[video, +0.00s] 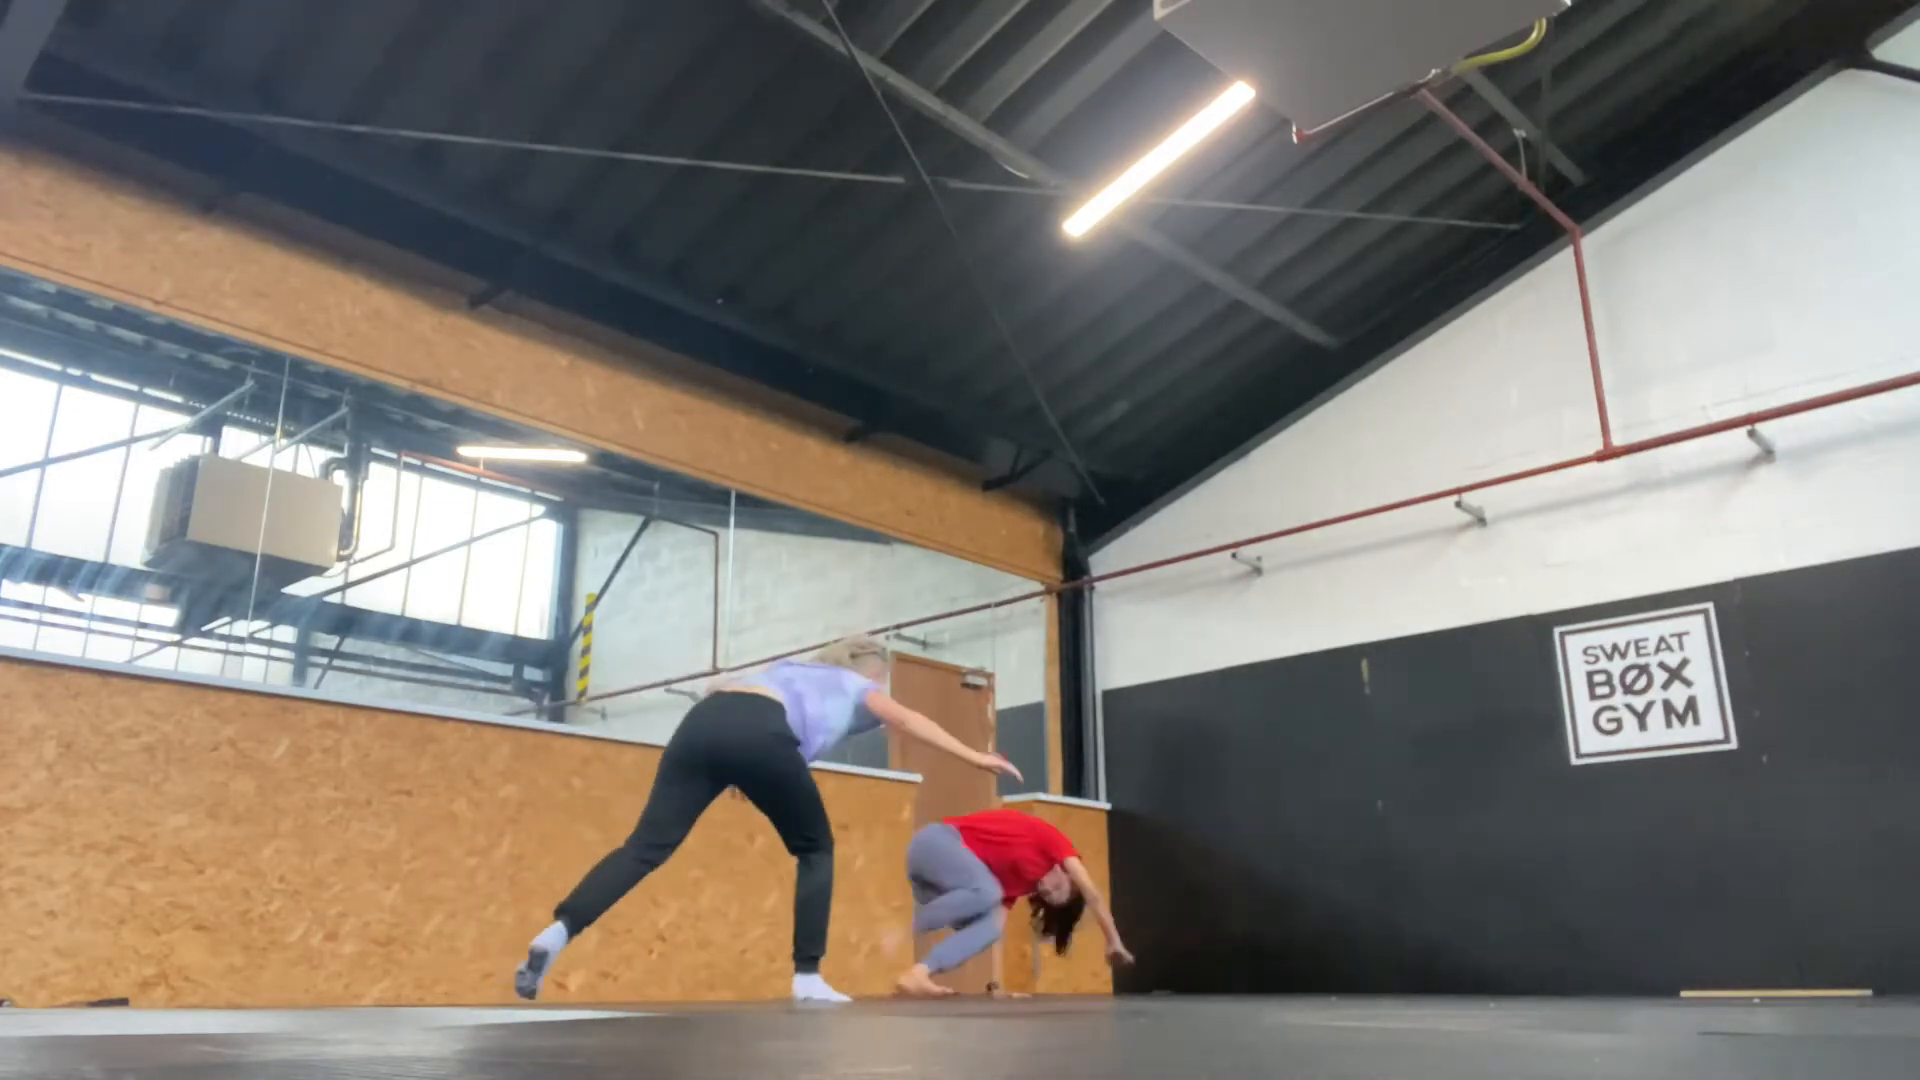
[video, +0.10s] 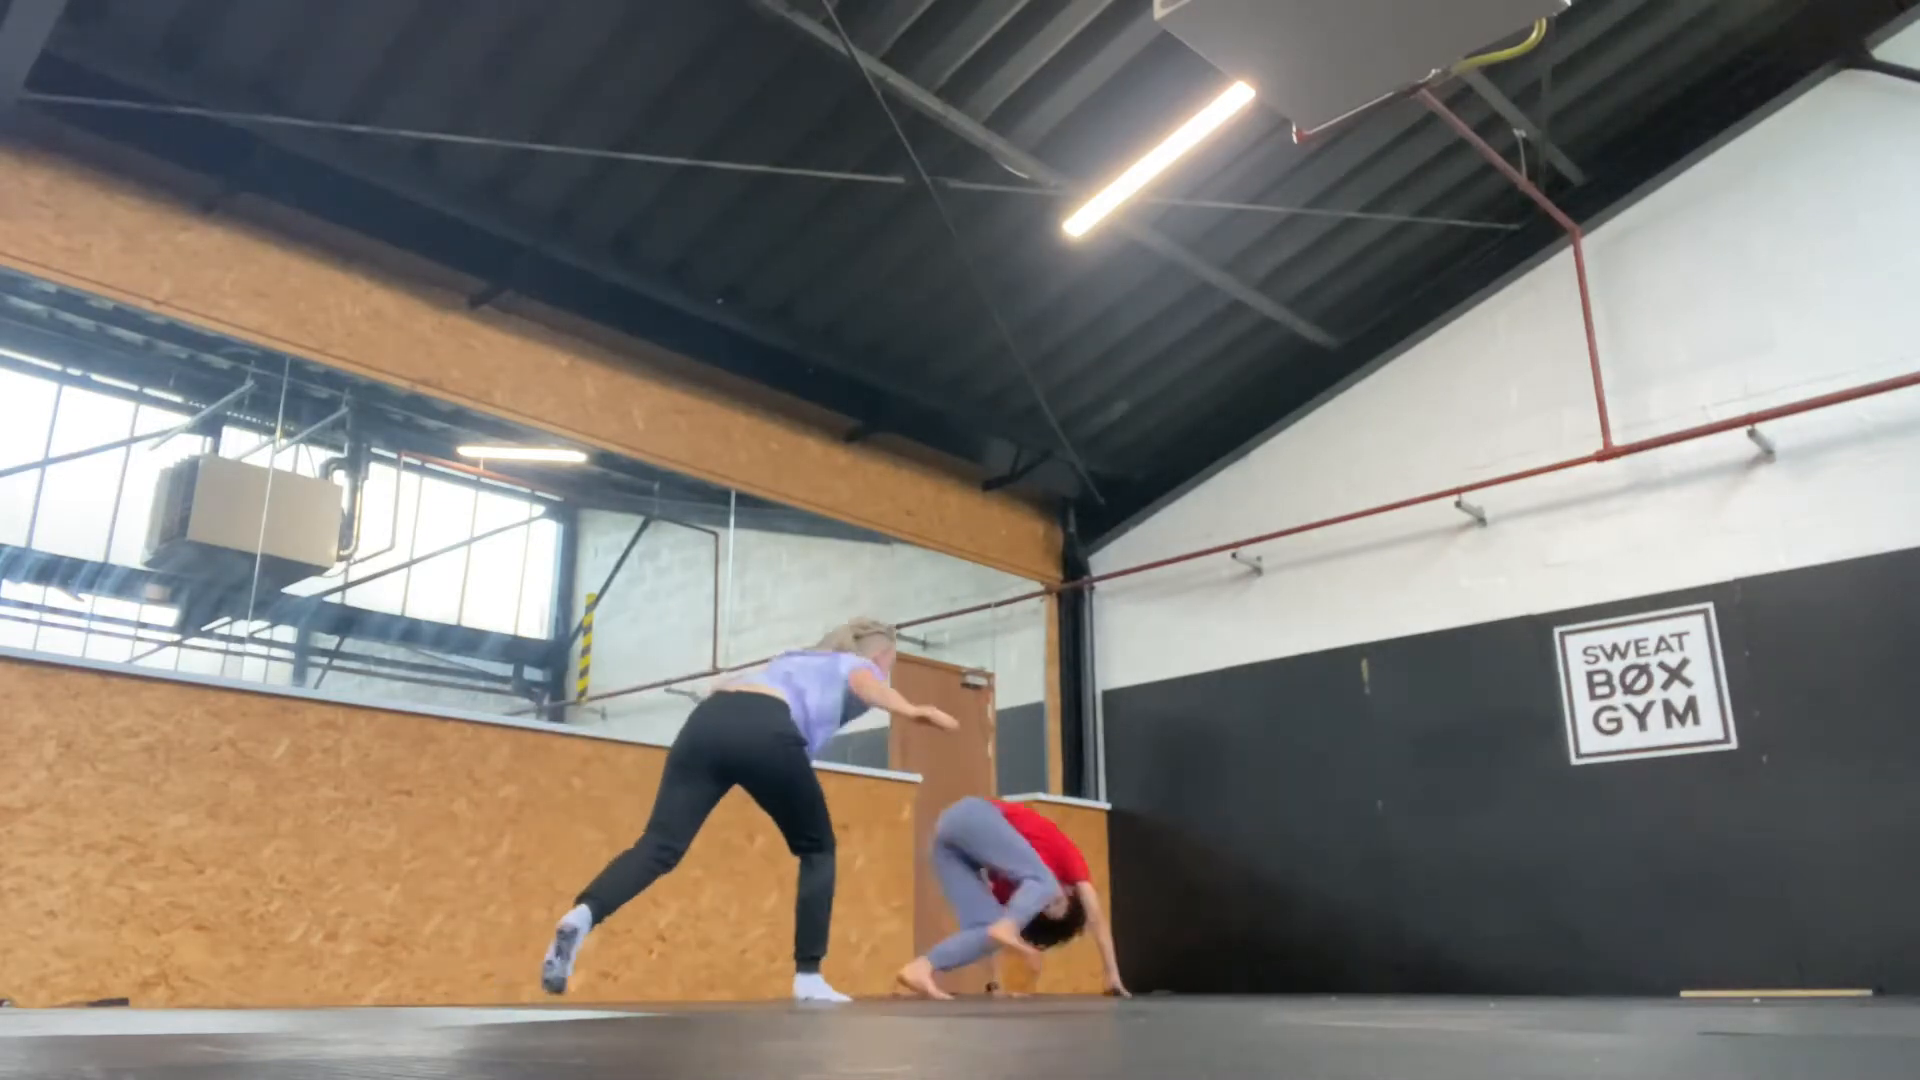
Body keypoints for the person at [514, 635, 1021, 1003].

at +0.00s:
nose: (883, 692)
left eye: (883, 684)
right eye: (881, 685)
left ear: (834, 663)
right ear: (866, 674)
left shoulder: (794, 669)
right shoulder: (856, 685)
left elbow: (737, 684)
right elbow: (907, 720)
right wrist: (975, 756)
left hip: (705, 718)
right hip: (761, 726)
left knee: (646, 846)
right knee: (814, 850)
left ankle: (556, 933)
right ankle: (808, 980)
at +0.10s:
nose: (890, 671)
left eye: (892, 664)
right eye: (890, 662)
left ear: (845, 640)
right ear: (873, 650)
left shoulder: (795, 661)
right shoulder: (857, 664)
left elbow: (725, 683)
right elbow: (863, 681)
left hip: (709, 719)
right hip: (764, 728)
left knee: (661, 846)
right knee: (816, 850)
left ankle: (581, 917)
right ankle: (808, 978)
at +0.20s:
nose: (881, 639)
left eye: (883, 631)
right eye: (880, 630)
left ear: (835, 615)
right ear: (863, 624)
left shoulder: (785, 641)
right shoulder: (847, 638)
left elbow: (723, 674)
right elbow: (831, 653)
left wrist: (724, 679)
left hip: (706, 715)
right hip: (762, 719)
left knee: (665, 845)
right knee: (809, 849)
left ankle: (587, 917)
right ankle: (808, 979)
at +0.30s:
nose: (860, 608)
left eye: (863, 600)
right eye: (861, 598)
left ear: (814, 583)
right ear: (849, 589)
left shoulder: (764, 613)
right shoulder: (831, 608)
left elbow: (699, 661)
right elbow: (795, 617)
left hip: (692, 711)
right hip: (751, 713)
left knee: (665, 845)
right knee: (789, 848)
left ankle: (584, 935)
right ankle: (807, 978)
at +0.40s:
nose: (836, 588)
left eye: (839, 578)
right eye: (838, 575)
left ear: (801, 560)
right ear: (823, 565)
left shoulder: (753, 595)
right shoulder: (796, 583)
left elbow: (678, 658)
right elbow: (742, 597)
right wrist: (711, 647)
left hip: (679, 710)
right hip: (738, 717)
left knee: (656, 847)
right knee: (778, 852)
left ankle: (576, 943)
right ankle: (805, 976)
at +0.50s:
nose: (818, 580)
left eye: (822, 571)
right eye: (819, 568)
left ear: (787, 553)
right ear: (801, 556)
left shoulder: (755, 593)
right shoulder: (765, 574)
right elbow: (705, 608)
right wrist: (669, 670)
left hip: (664, 717)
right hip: (715, 716)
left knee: (653, 853)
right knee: (780, 837)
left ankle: (569, 955)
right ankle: (805, 977)